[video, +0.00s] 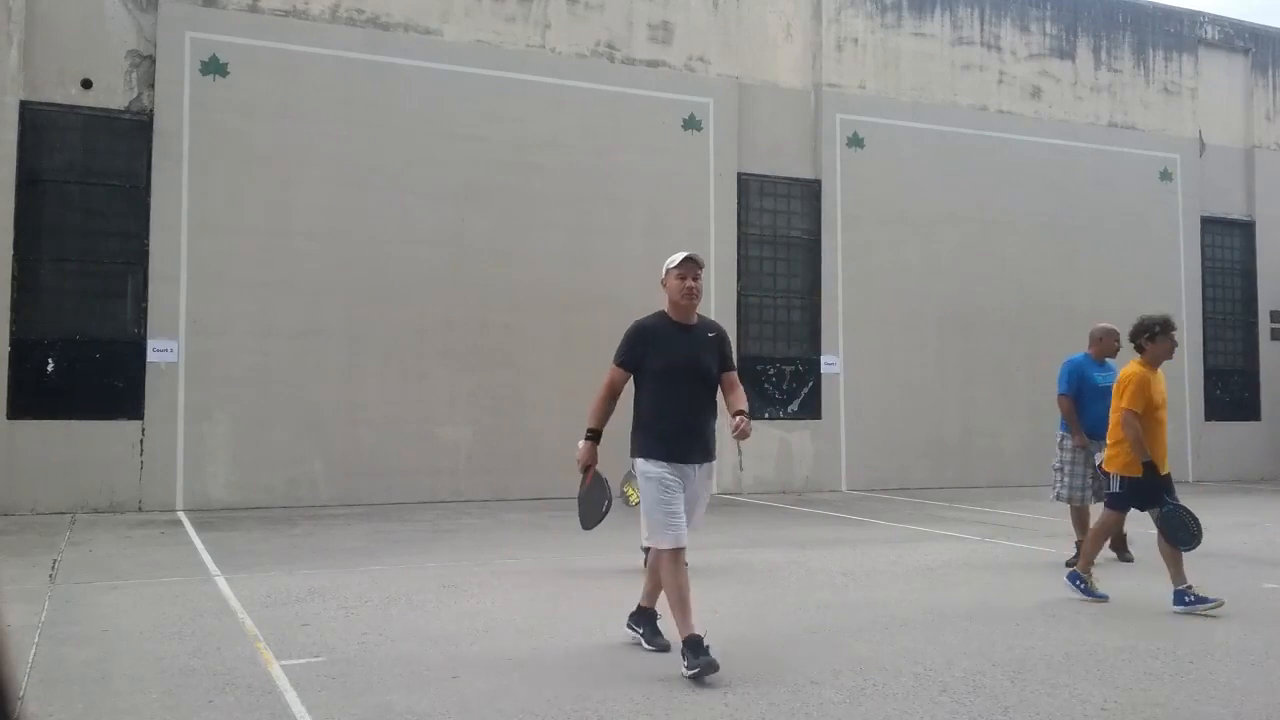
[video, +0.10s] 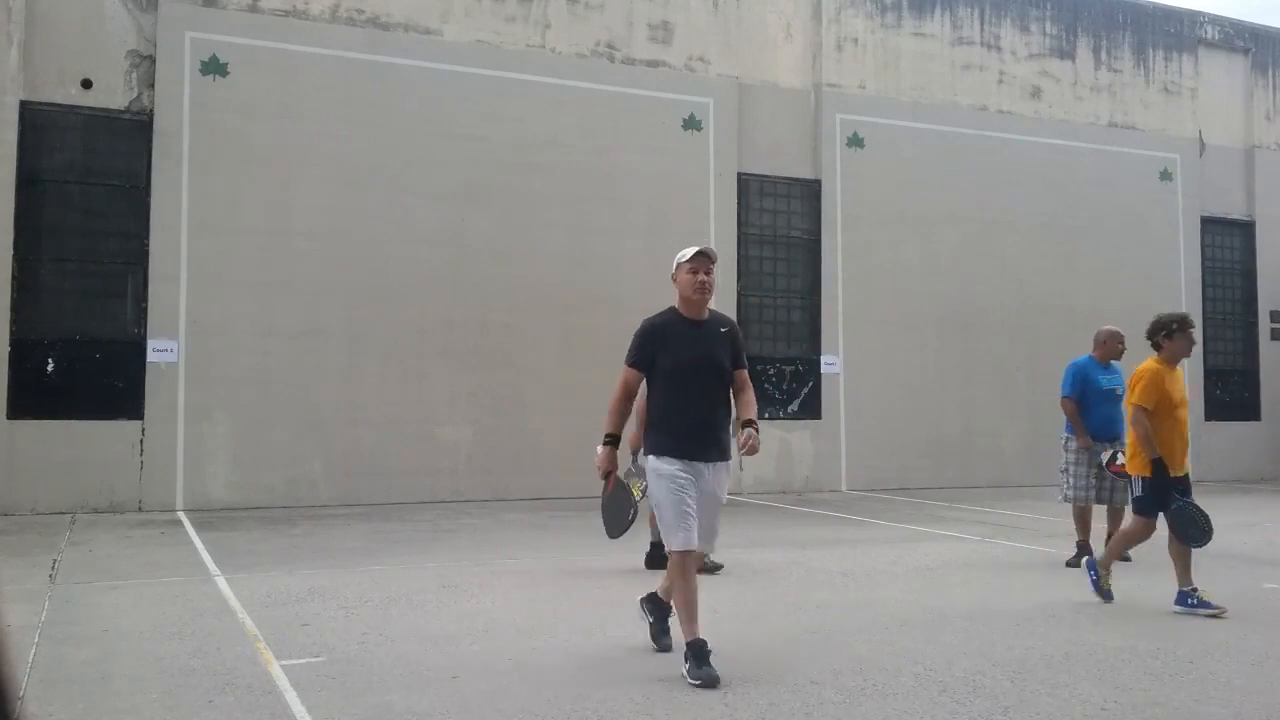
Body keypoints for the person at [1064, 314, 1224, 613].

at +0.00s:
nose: (1175, 344)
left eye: (1174, 339)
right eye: (1170, 340)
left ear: (1154, 343)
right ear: (1149, 342)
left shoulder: (1154, 374)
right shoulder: (1135, 375)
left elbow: (1143, 420)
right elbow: (1128, 420)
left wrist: (1113, 458)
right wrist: (1146, 460)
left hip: (1152, 465)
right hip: (1128, 466)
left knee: (1169, 526)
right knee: (1110, 520)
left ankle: (1182, 590)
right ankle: (1080, 573)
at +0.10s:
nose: (1194, 342)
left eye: (1192, 336)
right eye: (1188, 337)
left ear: (1171, 341)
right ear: (1166, 340)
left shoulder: (1174, 371)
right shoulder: (1150, 372)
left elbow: (1170, 419)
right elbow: (1137, 416)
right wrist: (1155, 458)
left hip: (1175, 465)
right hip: (1149, 466)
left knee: (1181, 528)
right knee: (1142, 527)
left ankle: (1186, 591)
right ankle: (1100, 565)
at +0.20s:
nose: (1211, 336)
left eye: (1210, 331)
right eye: (1205, 331)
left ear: (1189, 337)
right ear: (1184, 335)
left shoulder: (1194, 369)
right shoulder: (1163, 369)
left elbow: (1187, 416)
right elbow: (1146, 414)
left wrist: (1195, 459)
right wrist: (1162, 457)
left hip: (1190, 464)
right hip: (1167, 463)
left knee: (1187, 529)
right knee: (1177, 526)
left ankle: (1186, 592)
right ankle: (1134, 564)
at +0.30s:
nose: (1226, 340)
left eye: (1226, 334)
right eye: (1222, 334)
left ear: (1208, 335)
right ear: (1200, 335)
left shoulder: (1212, 368)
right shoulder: (1177, 369)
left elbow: (1208, 419)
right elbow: (1155, 414)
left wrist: (1225, 454)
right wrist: (1173, 457)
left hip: (1205, 463)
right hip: (1184, 463)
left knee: (1194, 525)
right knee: (1194, 526)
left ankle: (1180, 583)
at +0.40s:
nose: (1242, 340)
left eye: (1242, 334)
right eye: (1237, 334)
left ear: (1222, 336)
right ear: (1217, 335)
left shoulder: (1228, 369)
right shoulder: (1193, 370)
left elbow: (1225, 417)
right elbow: (1171, 418)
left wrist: (1251, 447)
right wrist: (1194, 458)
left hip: (1219, 464)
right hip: (1197, 464)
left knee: (1205, 528)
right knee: (1211, 529)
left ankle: (1188, 592)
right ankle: (1219, 601)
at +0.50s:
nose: (1263, 345)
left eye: (1262, 338)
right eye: (1258, 338)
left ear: (1241, 340)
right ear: (1238, 339)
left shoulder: (1242, 372)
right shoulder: (1212, 374)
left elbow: (1237, 420)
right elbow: (1197, 424)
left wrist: (1263, 447)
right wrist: (1227, 466)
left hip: (1230, 466)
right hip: (1208, 468)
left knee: (1240, 532)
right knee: (1226, 533)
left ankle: (1197, 583)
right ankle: (1222, 605)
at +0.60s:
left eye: (1279, 346)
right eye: (1279, 346)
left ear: (1263, 346)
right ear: (1265, 346)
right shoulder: (1250, 380)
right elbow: (1248, 440)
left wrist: (1271, 465)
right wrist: (1274, 468)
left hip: (1243, 465)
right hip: (1221, 465)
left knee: (1269, 528)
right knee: (1237, 534)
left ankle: (1239, 593)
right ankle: (1222, 605)